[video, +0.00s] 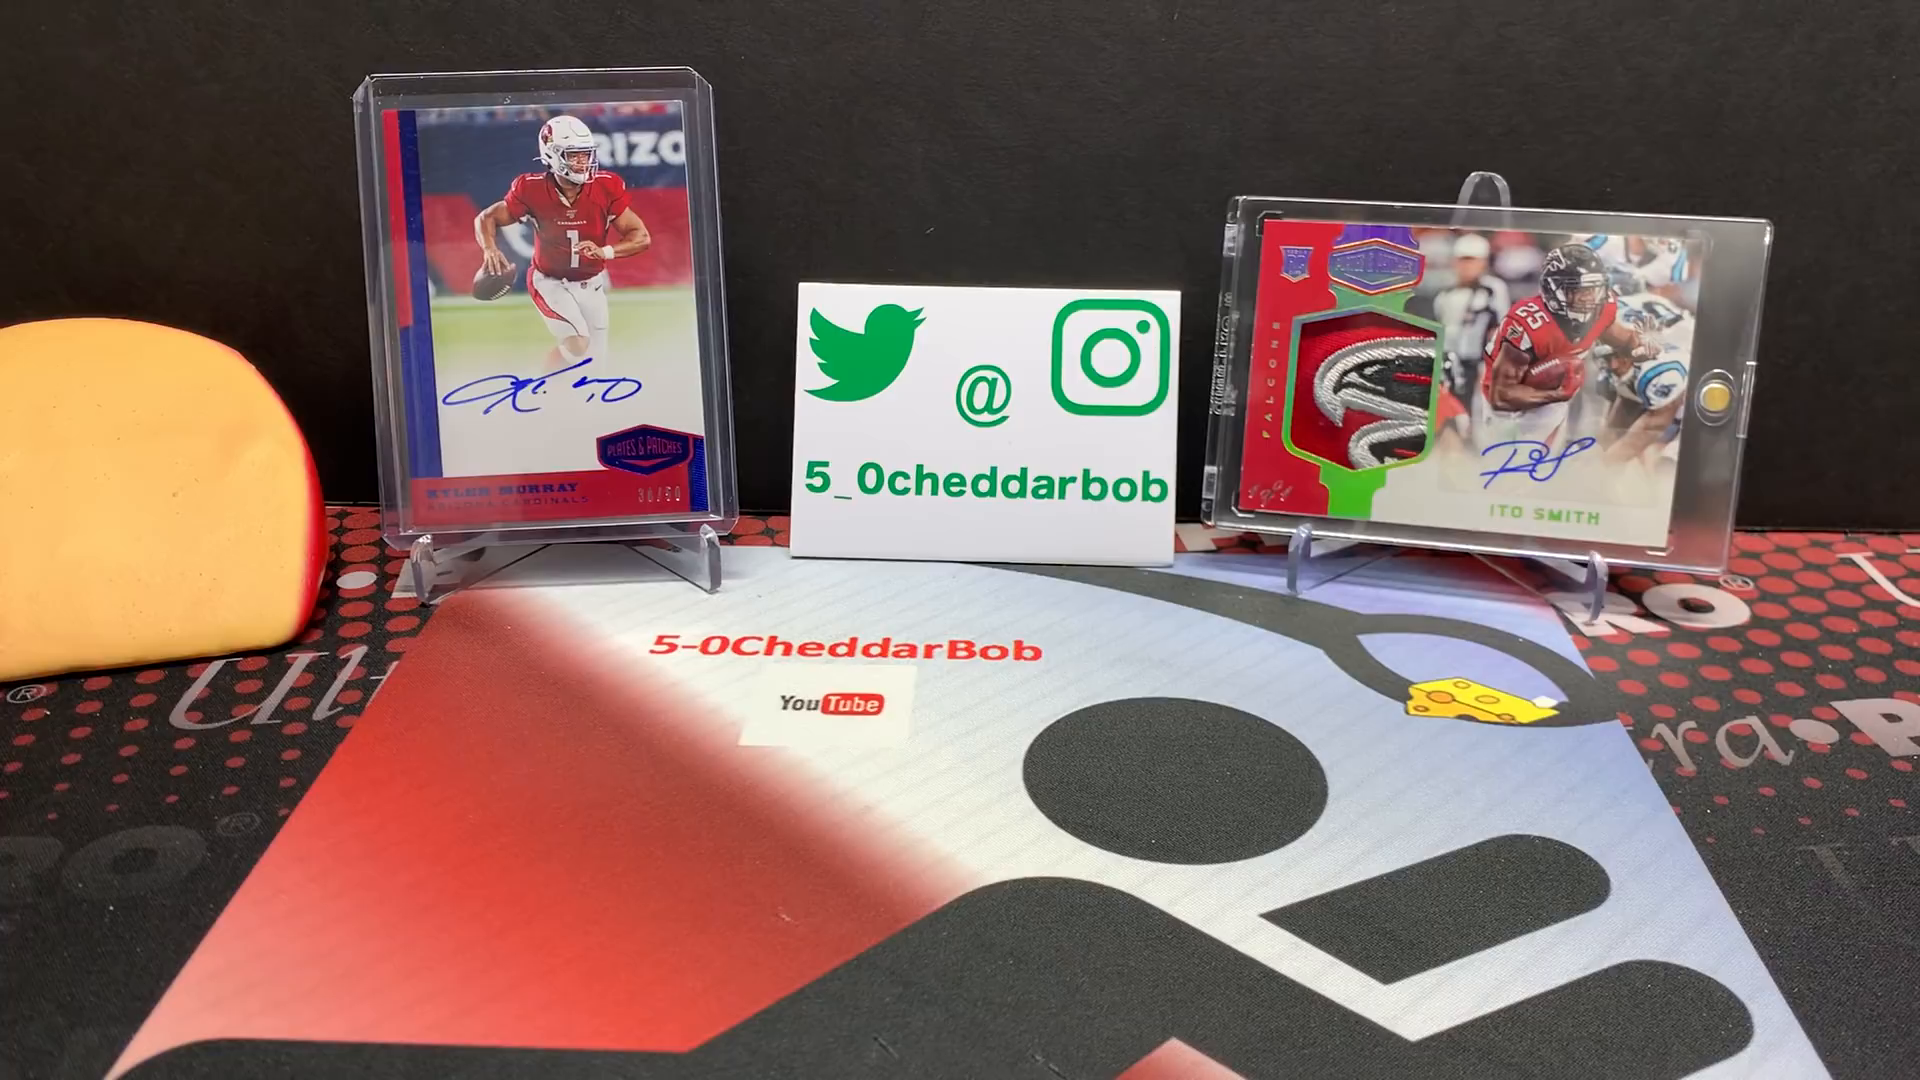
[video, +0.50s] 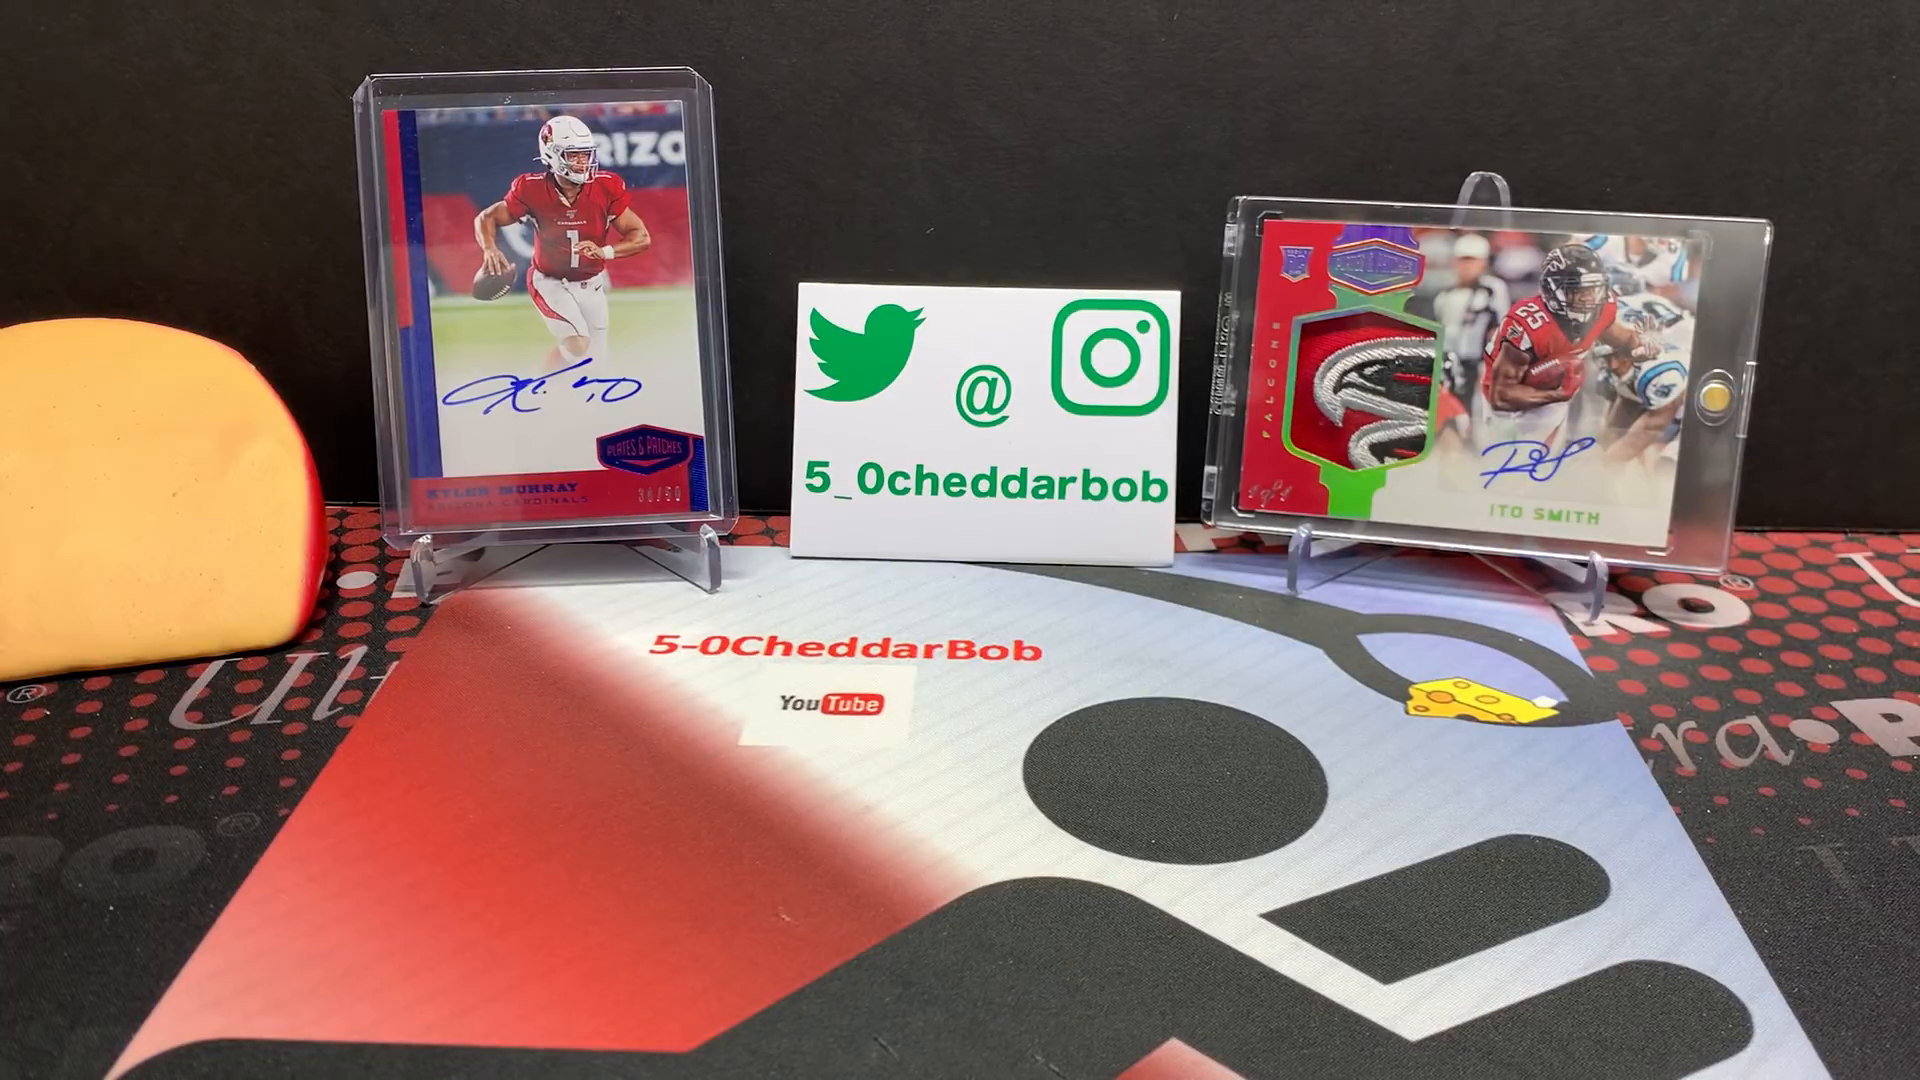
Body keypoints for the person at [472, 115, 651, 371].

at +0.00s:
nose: (581, 162)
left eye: (585, 155)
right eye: (573, 156)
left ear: (592, 154)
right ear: (552, 155)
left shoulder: (607, 187)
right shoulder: (529, 189)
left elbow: (641, 238)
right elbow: (484, 219)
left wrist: (606, 252)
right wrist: (490, 248)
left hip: (591, 283)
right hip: (548, 280)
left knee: (596, 363)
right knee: (577, 344)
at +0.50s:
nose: (580, 162)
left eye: (585, 155)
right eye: (573, 156)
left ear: (592, 154)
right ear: (552, 155)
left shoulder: (607, 187)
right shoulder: (530, 189)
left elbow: (641, 238)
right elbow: (485, 219)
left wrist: (605, 252)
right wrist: (489, 248)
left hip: (591, 283)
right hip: (549, 280)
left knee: (596, 362)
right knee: (577, 344)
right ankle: (533, 390)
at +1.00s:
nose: (580, 162)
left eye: (585, 155)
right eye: (573, 156)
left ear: (592, 154)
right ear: (552, 155)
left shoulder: (606, 187)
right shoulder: (530, 189)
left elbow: (641, 238)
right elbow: (484, 219)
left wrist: (605, 252)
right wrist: (489, 248)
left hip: (591, 283)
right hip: (549, 280)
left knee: (596, 362)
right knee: (577, 344)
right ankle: (534, 391)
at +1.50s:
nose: (580, 162)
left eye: (585, 155)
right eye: (573, 156)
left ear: (591, 154)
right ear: (552, 155)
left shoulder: (606, 187)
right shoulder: (530, 189)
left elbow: (641, 238)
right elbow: (484, 219)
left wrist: (605, 252)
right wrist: (490, 248)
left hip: (591, 283)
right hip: (549, 280)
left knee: (596, 362)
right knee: (577, 344)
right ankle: (534, 391)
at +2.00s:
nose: (580, 162)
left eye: (585, 155)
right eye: (572, 156)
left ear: (592, 154)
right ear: (552, 155)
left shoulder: (606, 187)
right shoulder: (530, 189)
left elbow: (642, 238)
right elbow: (484, 219)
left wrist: (606, 252)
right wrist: (490, 248)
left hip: (591, 283)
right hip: (549, 281)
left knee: (596, 362)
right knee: (577, 345)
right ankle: (534, 390)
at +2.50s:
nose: (580, 162)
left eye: (585, 155)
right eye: (573, 156)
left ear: (592, 154)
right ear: (552, 155)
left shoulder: (607, 187)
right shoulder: (530, 189)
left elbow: (642, 237)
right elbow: (484, 219)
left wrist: (606, 252)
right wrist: (490, 249)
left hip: (591, 283)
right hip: (549, 281)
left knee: (596, 363)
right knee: (577, 344)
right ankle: (534, 391)